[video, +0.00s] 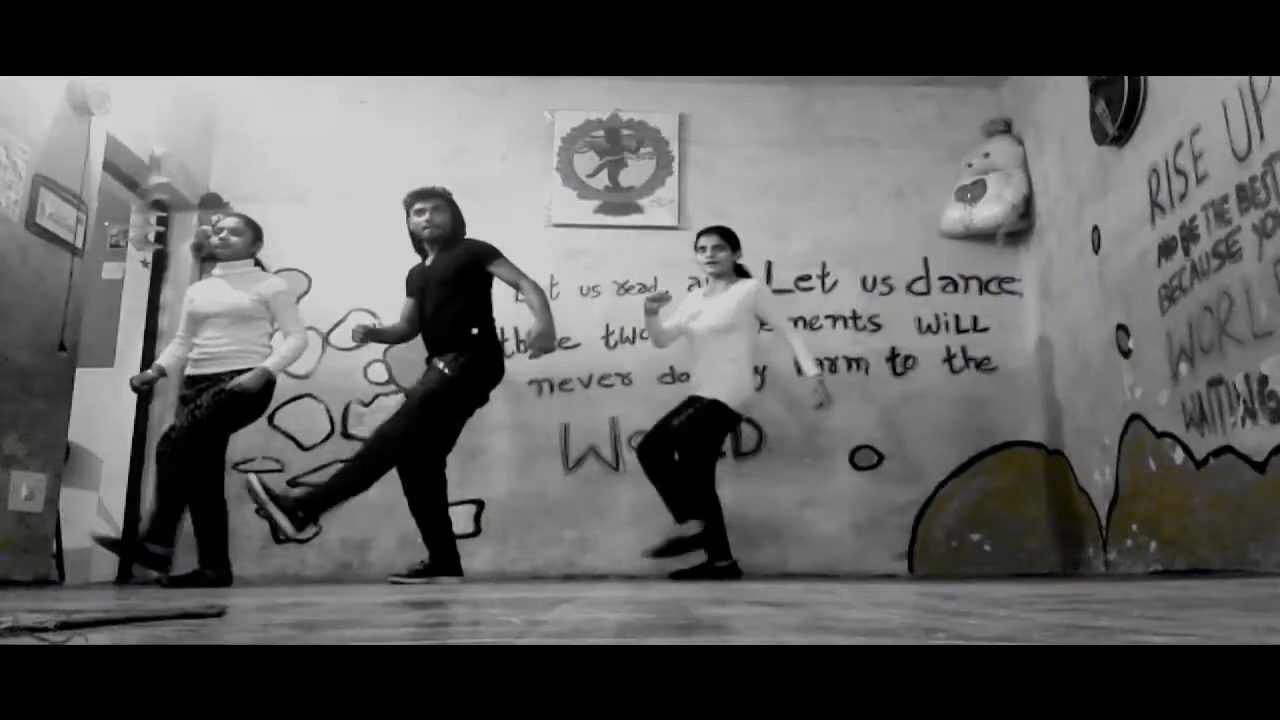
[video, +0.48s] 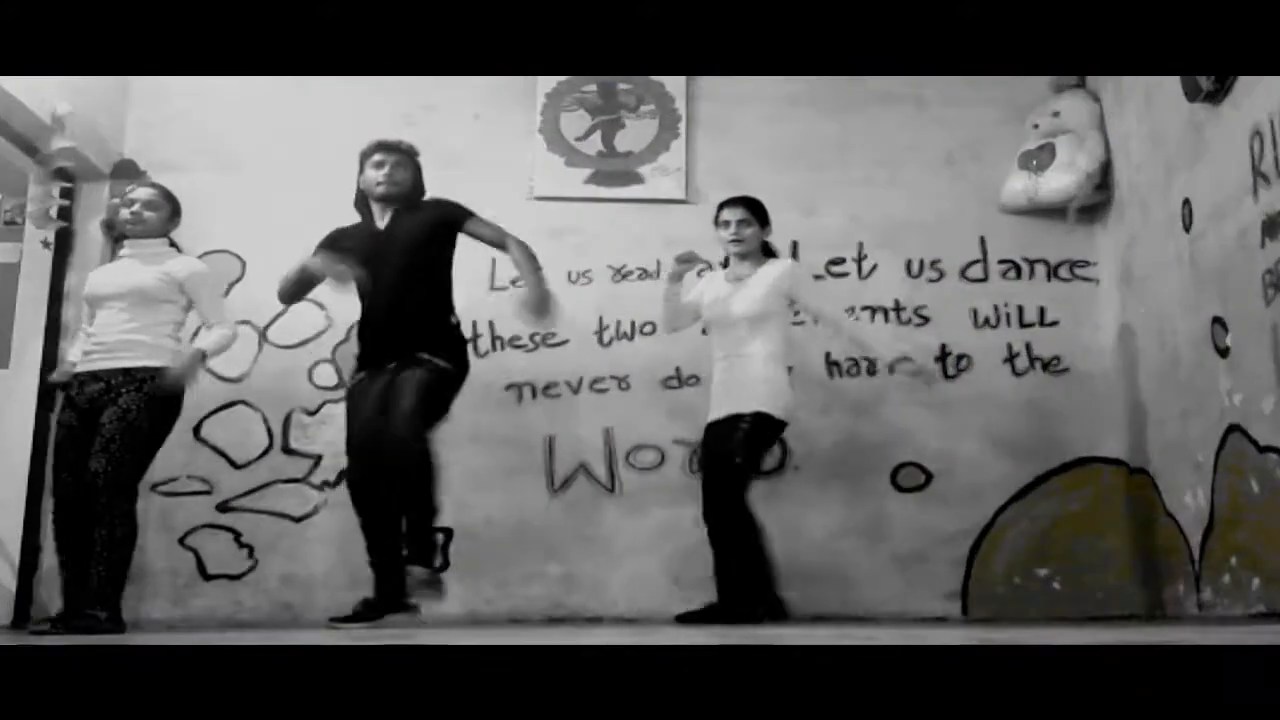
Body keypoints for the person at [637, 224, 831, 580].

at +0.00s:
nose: (710, 255)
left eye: (718, 249)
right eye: (703, 250)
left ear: (735, 254)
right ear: (697, 257)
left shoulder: (751, 291)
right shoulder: (696, 298)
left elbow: (790, 332)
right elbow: (661, 339)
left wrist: (814, 377)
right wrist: (651, 313)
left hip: (728, 392)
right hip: (703, 391)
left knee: (652, 448)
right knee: (697, 474)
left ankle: (690, 524)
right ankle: (720, 559)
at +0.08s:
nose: (710, 254)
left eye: (718, 248)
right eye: (704, 249)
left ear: (735, 253)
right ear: (697, 256)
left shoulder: (751, 289)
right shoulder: (695, 296)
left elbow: (783, 334)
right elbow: (659, 336)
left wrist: (803, 377)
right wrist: (651, 309)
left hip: (726, 395)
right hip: (699, 395)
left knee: (676, 468)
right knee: (702, 480)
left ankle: (630, 543)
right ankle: (721, 560)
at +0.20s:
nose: (711, 253)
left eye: (719, 247)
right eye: (704, 248)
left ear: (736, 252)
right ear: (698, 255)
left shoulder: (750, 288)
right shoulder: (698, 295)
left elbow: (789, 329)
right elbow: (654, 331)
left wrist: (813, 372)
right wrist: (652, 300)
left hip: (725, 392)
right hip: (704, 391)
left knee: (652, 452)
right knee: (702, 477)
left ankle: (673, 533)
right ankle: (721, 560)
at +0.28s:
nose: (727, 231)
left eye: (737, 223)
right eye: (718, 225)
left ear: (756, 230)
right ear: (711, 233)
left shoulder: (774, 273)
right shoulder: (708, 282)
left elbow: (817, 320)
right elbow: (659, 322)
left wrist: (853, 361)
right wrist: (657, 283)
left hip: (746, 400)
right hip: (719, 399)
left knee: (681, 484)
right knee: (719, 503)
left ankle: (645, 582)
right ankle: (737, 600)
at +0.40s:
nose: (729, 232)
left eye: (738, 224)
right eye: (721, 225)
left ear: (758, 230)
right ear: (713, 235)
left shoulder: (778, 272)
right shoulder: (712, 284)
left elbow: (826, 322)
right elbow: (667, 325)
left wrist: (870, 360)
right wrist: (663, 284)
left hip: (759, 399)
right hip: (725, 401)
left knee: (712, 493)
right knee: (700, 494)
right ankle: (723, 592)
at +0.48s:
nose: (734, 231)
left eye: (744, 224)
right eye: (725, 225)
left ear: (763, 230)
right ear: (718, 234)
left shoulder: (783, 273)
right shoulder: (712, 282)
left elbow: (835, 319)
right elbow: (672, 322)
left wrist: (884, 355)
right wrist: (673, 279)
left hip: (765, 399)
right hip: (723, 402)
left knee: (725, 495)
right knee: (715, 500)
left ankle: (759, 601)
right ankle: (735, 600)